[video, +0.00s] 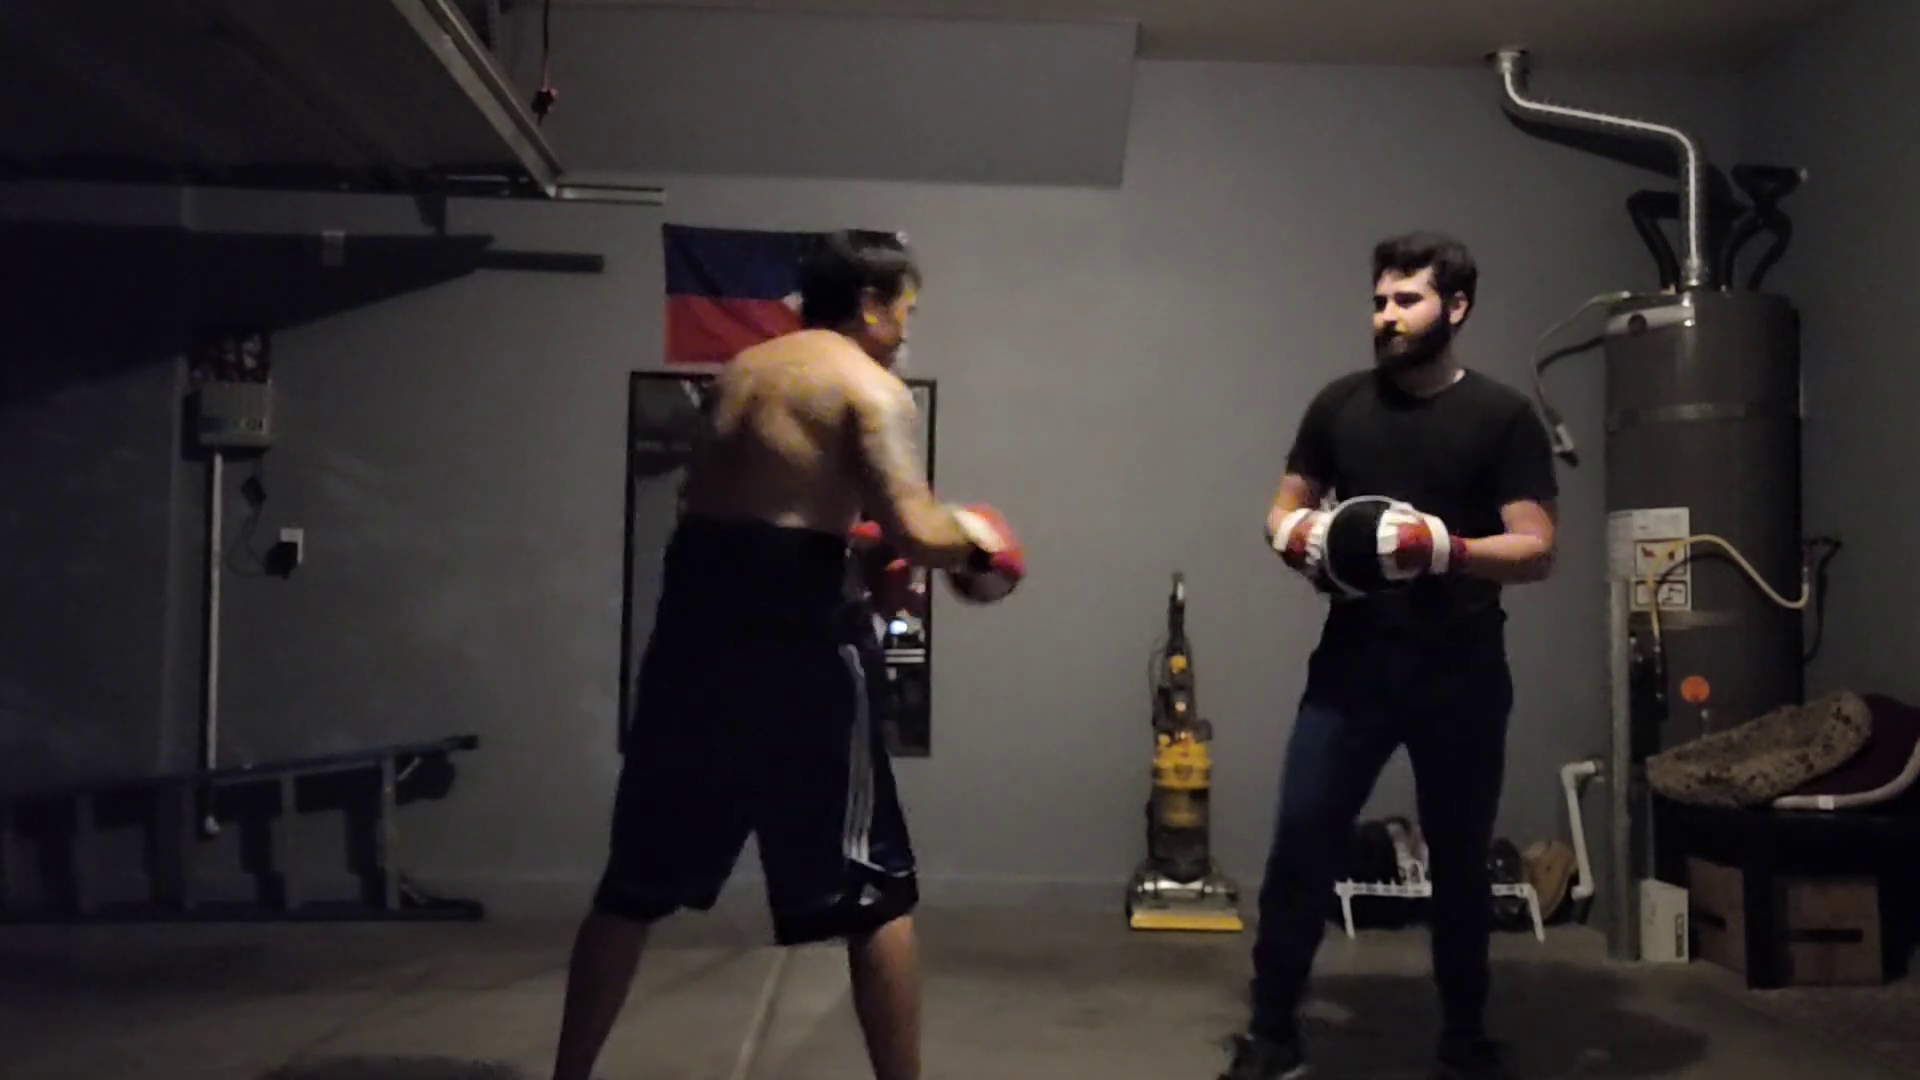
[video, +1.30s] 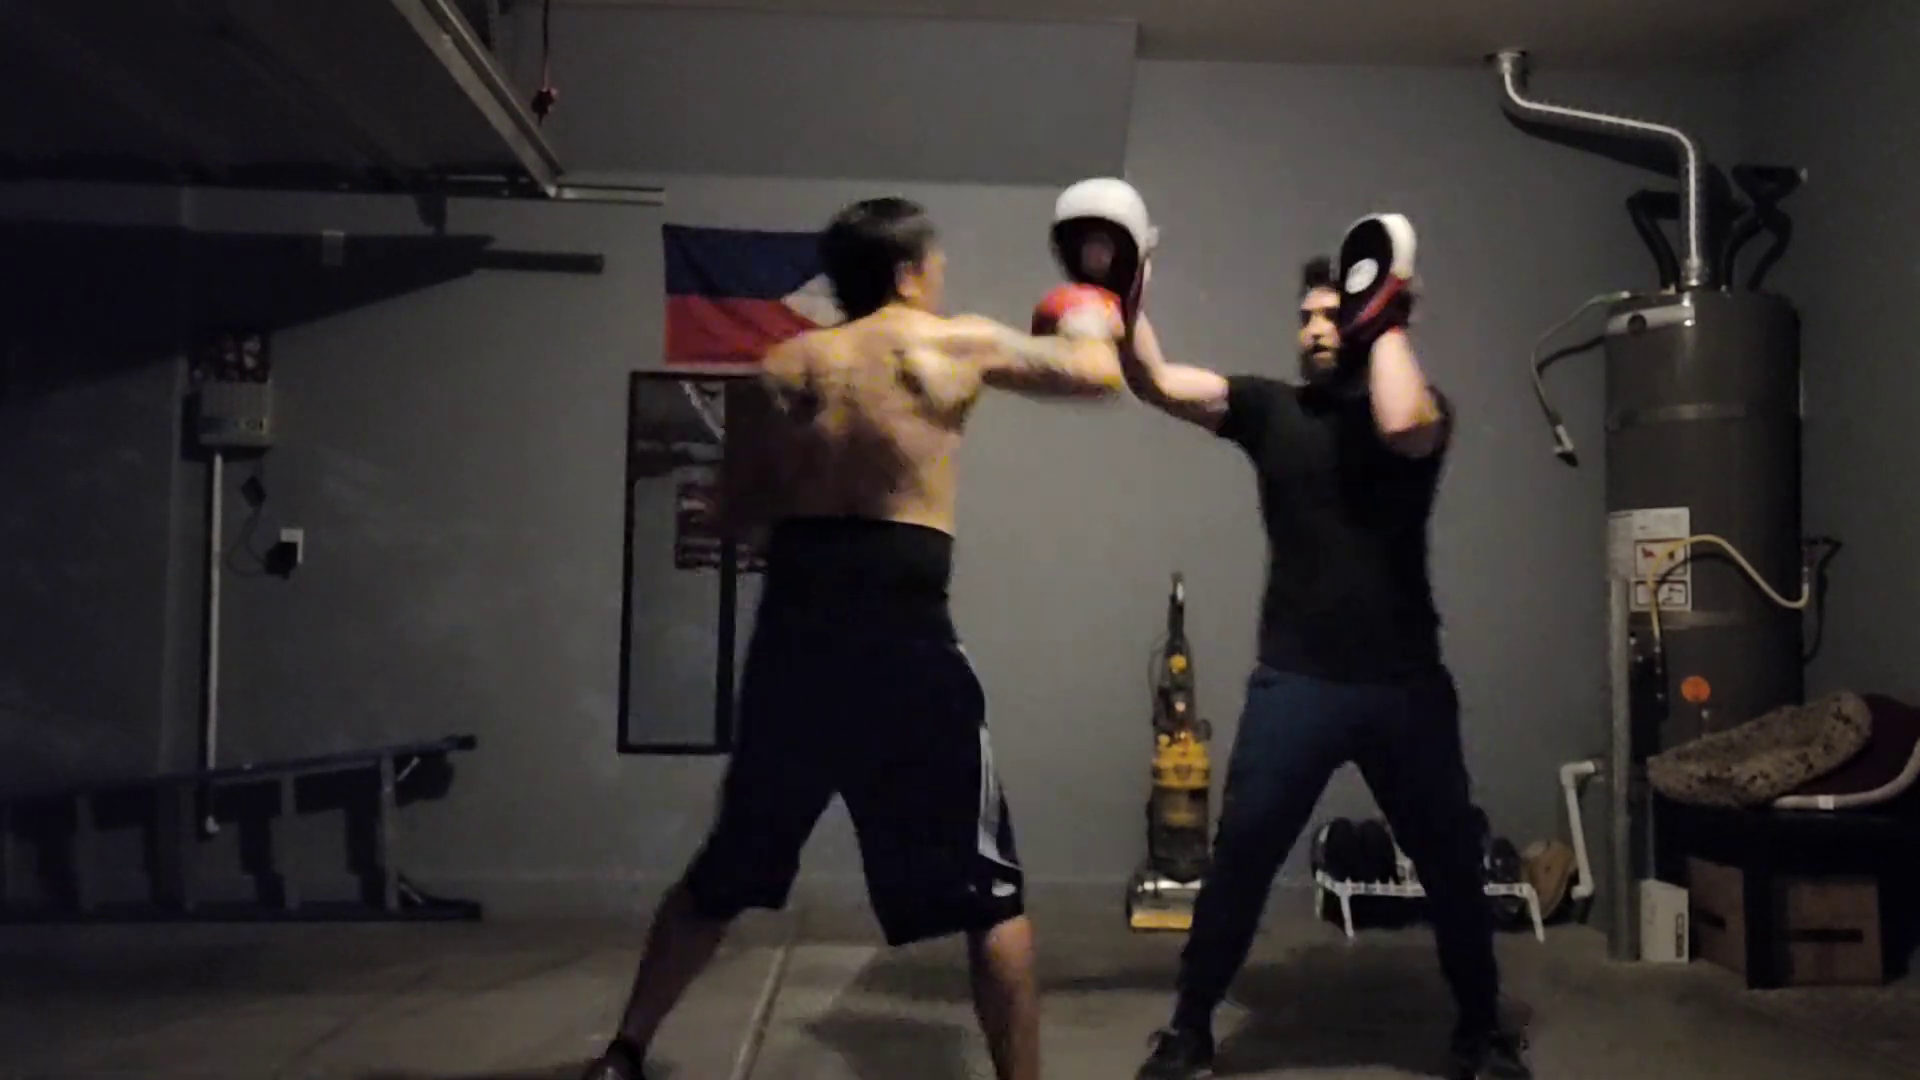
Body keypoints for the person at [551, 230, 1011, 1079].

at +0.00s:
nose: (908, 328)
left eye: (910, 311)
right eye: (904, 310)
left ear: (816, 299)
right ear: (869, 307)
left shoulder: (742, 369)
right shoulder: (871, 388)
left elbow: (730, 521)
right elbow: (917, 529)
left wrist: (857, 563)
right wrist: (976, 535)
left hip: (694, 650)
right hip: (803, 657)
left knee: (632, 883)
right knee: (877, 892)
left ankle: (569, 1070)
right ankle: (901, 1073)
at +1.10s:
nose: (840, 299)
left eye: (833, 283)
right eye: (833, 284)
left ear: (748, 291)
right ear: (804, 288)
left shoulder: (694, 383)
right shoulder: (828, 361)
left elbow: (708, 526)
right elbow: (933, 477)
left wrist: (843, 544)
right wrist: (940, 426)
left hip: (709, 661)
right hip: (823, 658)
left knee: (649, 892)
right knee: (951, 848)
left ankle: (583, 1071)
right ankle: (984, 1049)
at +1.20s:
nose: (889, 282)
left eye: (884, 267)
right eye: (882, 269)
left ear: (790, 280)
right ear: (851, 278)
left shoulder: (723, 375)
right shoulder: (897, 346)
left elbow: (674, 521)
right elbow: (1044, 396)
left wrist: (760, 498)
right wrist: (1029, 337)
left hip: (752, 650)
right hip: (869, 646)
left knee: (673, 878)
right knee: (966, 871)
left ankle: (596, 1067)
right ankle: (1009, 1068)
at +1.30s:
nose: (943, 277)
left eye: (938, 264)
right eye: (936, 265)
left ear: (845, 281)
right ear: (910, 274)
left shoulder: (779, 364)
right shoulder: (957, 343)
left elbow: (735, 513)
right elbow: (1094, 372)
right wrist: (1090, 322)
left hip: (794, 642)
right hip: (905, 643)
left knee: (730, 861)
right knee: (991, 880)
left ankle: (625, 1050)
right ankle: (1021, 1072)